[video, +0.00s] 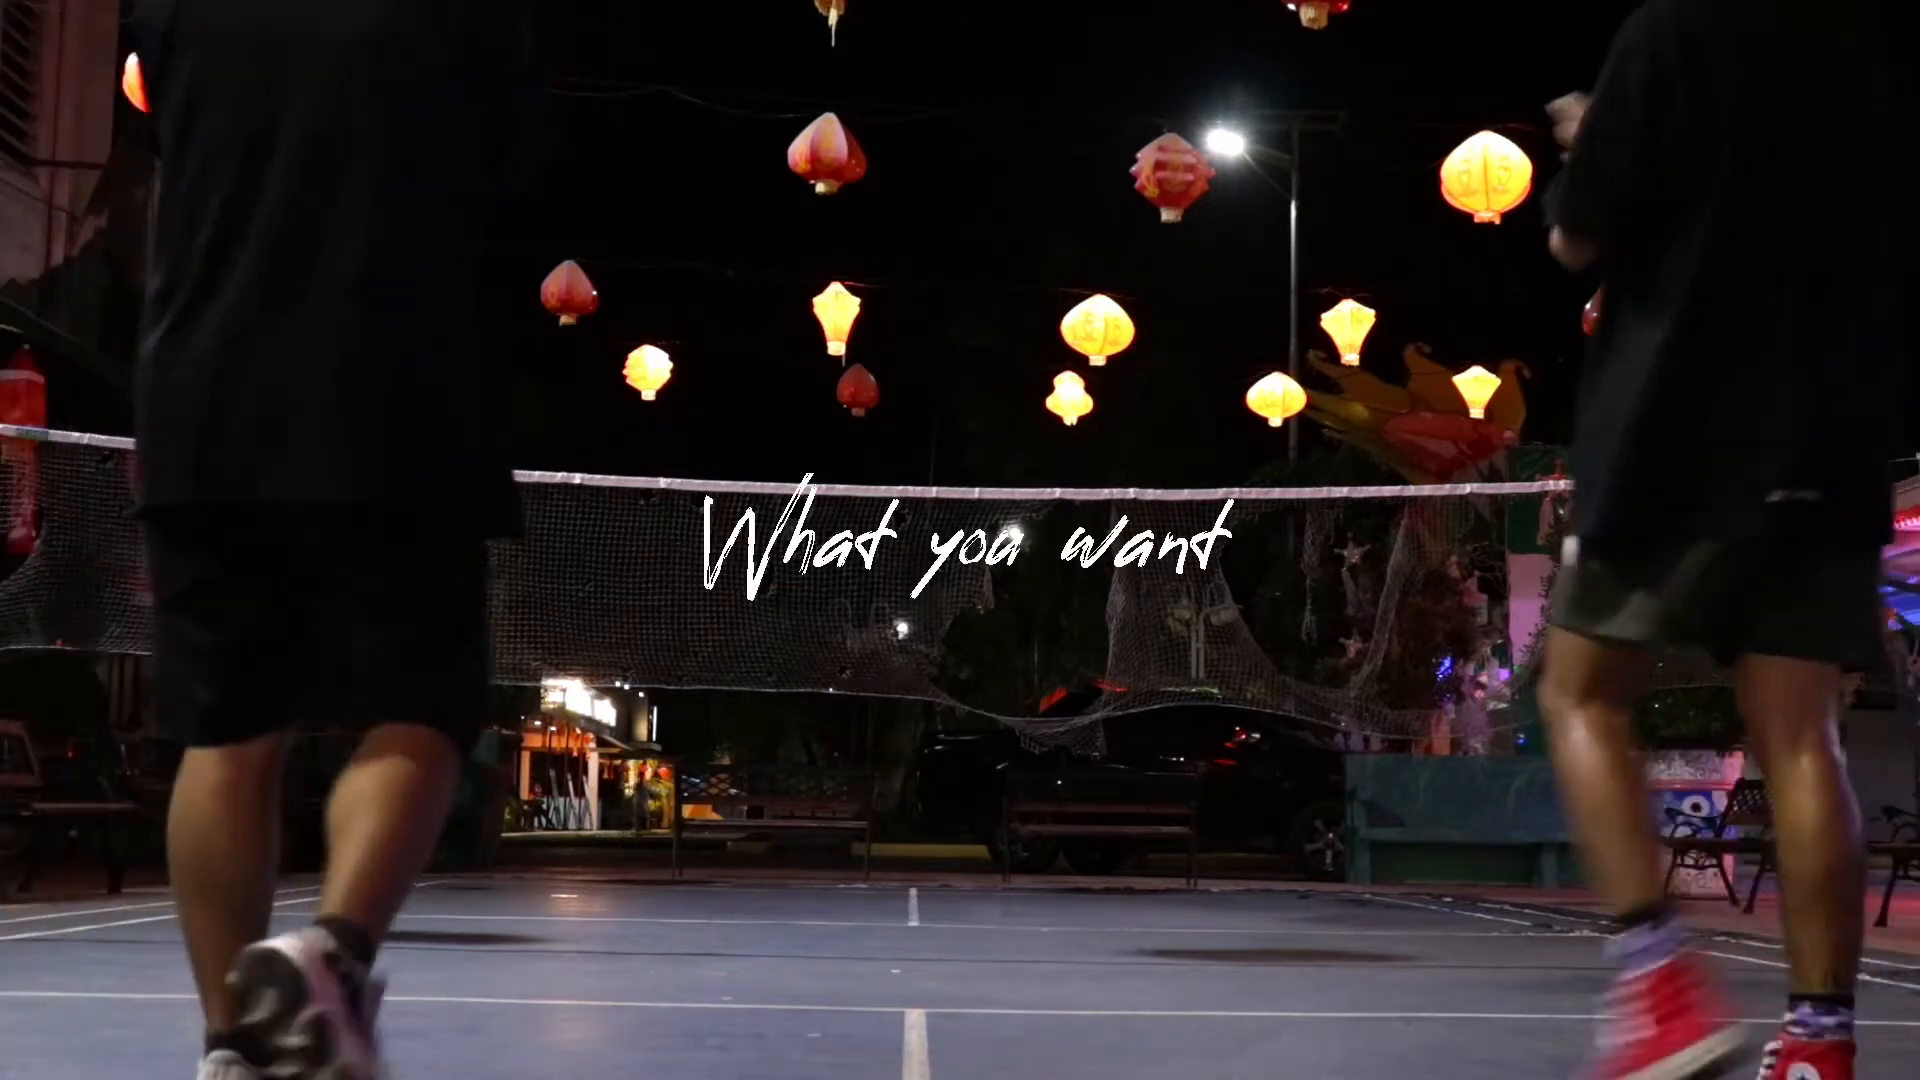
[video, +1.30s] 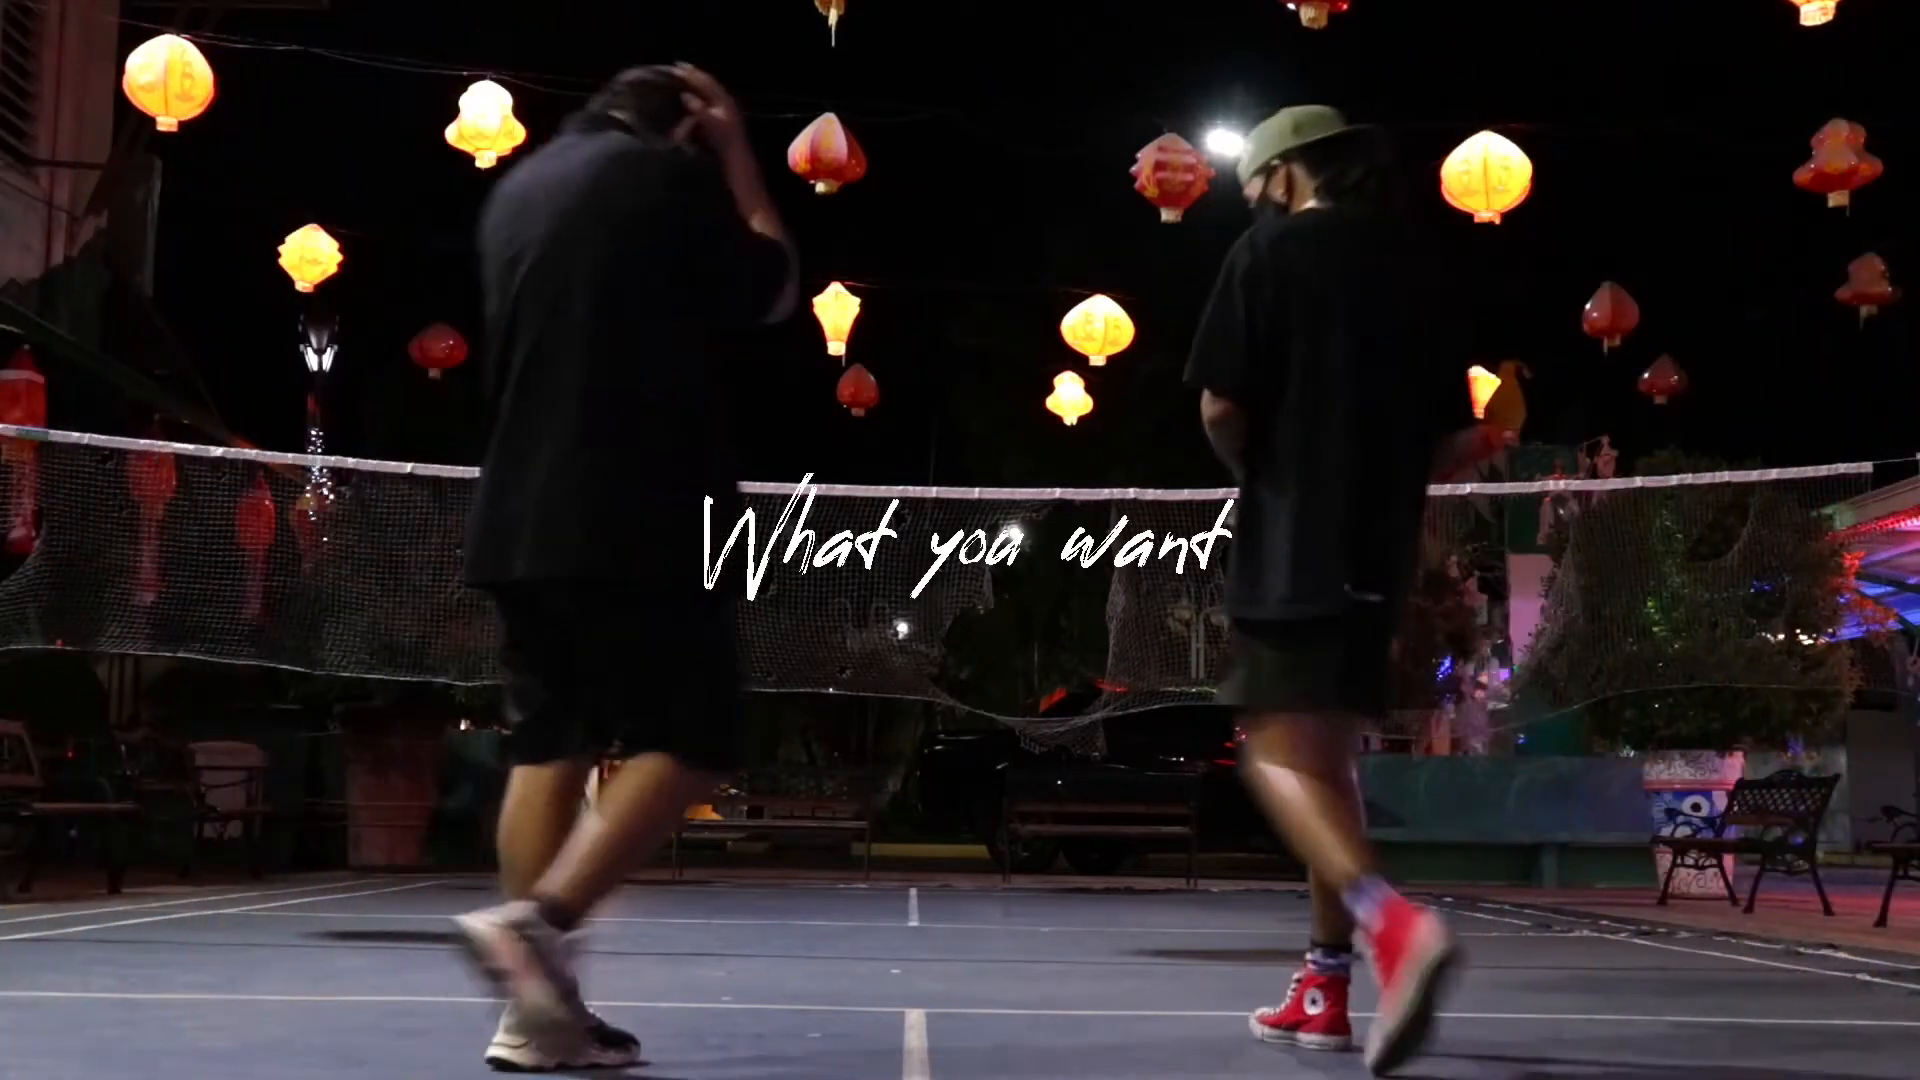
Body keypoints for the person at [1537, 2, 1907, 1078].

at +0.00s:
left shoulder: (1679, 29)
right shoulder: (1877, 49)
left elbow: (1579, 234)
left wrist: (1584, 143)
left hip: (1677, 424)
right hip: (1842, 425)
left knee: (1583, 696)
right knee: (1800, 734)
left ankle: (1656, 979)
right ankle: (1820, 1042)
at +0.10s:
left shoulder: (1643, 56)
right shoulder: (1820, 67)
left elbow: (1556, 255)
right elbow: (1835, 260)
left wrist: (1546, 167)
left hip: (1647, 457)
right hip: (1803, 454)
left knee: (1563, 711)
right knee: (1789, 731)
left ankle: (1558, 1013)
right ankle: (1818, 1042)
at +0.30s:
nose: (1539, 19)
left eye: (1548, 8)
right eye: (1547, 8)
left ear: (1583, 9)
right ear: (1656, 19)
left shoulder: (1558, 125)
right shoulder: (1726, 122)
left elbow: (1479, 317)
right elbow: (1754, 305)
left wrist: (1446, 302)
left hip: (1584, 501)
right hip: (1723, 490)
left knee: (1522, 749)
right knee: (1737, 743)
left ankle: (1471, 1009)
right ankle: (1811, 1033)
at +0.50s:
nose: (1436, 40)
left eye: (1445, 24)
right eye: (1442, 24)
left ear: (1474, 39)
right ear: (1557, 42)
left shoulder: (1446, 168)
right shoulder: (1626, 154)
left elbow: (1399, 358)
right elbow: (1676, 343)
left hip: (1485, 507)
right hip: (1615, 498)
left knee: (1452, 752)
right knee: (1615, 742)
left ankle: (1458, 1022)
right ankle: (1748, 966)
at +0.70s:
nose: (1373, 49)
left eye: (1380, 32)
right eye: (1376, 32)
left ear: (1407, 45)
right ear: (1494, 47)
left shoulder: (1372, 177)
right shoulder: (1552, 163)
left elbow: (1315, 366)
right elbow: (1613, 338)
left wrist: (1383, 407)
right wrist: (1514, 382)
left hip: (1416, 503)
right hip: (1532, 493)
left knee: (1432, 749)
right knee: (1505, 732)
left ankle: (1457, 1025)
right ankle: (1596, 923)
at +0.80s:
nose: (1344, 75)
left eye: (1350, 55)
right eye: (1349, 55)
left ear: (1375, 65)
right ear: (1463, 68)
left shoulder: (1348, 186)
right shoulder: (1525, 189)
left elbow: (1282, 351)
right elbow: (1565, 358)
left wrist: (1364, 385)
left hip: (1387, 499)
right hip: (1494, 495)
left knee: (1424, 755)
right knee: (1467, 743)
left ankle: (1457, 1016)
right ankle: (1489, 964)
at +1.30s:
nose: (1256, 202)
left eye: (1257, 187)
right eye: (1254, 190)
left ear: (1286, 178)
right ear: (1350, 172)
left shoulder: (1266, 250)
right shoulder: (1414, 259)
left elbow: (1221, 409)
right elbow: (1462, 435)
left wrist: (1267, 475)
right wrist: (1387, 473)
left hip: (1295, 527)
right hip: (1383, 532)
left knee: (1271, 753)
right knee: (1330, 759)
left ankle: (1391, 923)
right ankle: (1324, 985)